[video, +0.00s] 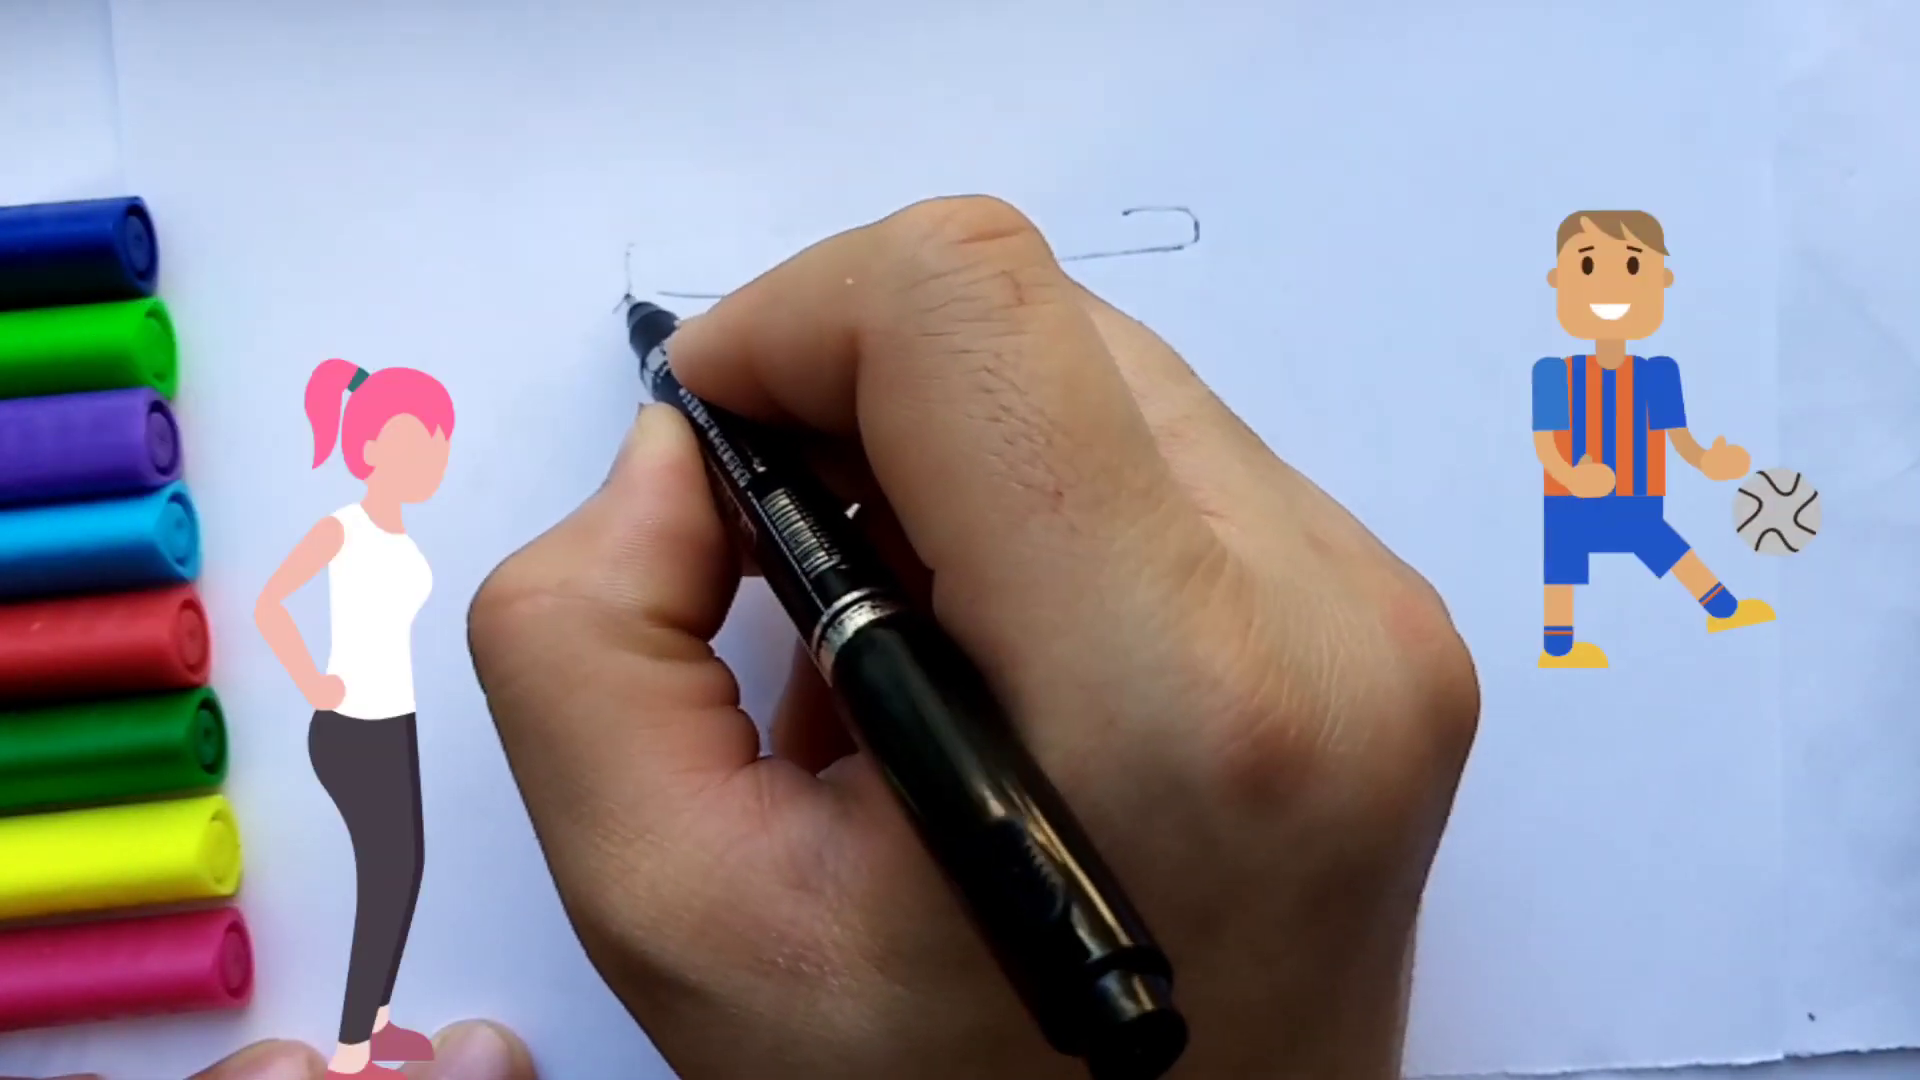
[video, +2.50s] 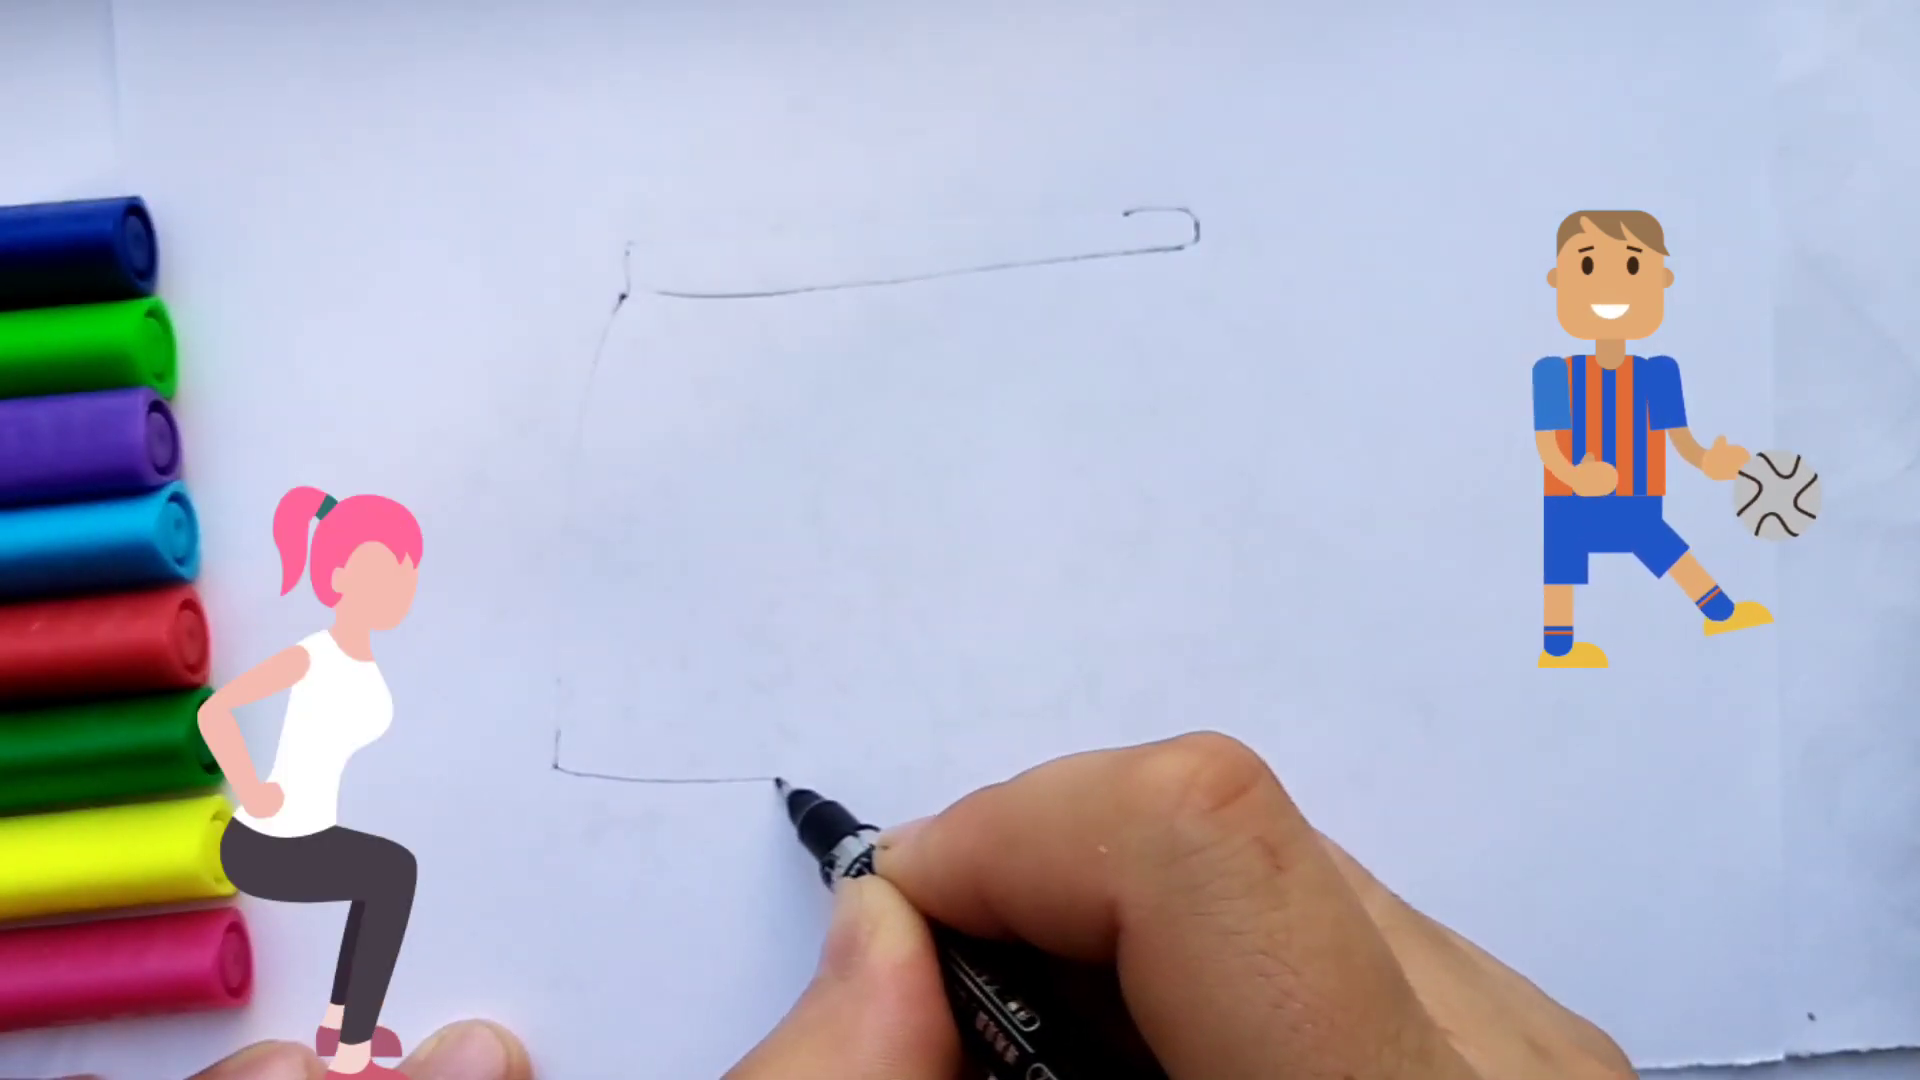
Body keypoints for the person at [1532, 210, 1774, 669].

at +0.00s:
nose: (1610, 287)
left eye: (1631, 267)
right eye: (1590, 267)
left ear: (1661, 283)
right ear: (1561, 283)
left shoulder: (1657, 374)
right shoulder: (1555, 373)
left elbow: (1680, 435)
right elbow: (1546, 441)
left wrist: (1707, 461)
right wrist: (1571, 477)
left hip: (1633, 505)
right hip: (1569, 508)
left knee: (1672, 552)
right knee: (1561, 572)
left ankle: (1723, 607)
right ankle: (1557, 646)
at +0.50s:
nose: (1610, 287)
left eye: (1631, 267)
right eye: (1589, 267)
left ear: (1661, 283)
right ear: (1561, 283)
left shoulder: (1657, 373)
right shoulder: (1555, 374)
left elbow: (1680, 437)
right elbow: (1542, 442)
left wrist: (1708, 462)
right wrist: (1566, 479)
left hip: (1634, 506)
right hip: (1570, 508)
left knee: (1676, 552)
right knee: (1560, 573)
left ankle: (1730, 602)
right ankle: (1557, 646)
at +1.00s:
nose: (1610, 287)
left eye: (1631, 267)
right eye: (1589, 267)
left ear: (1660, 283)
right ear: (1561, 284)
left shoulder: (1657, 373)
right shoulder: (1556, 374)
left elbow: (1682, 437)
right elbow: (1547, 443)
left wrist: (1709, 461)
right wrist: (1571, 478)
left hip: (1632, 505)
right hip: (1569, 507)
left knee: (1671, 551)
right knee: (1560, 571)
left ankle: (1722, 608)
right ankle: (1557, 646)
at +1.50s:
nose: (1610, 287)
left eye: (1631, 267)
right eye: (1589, 266)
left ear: (1662, 283)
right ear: (1559, 283)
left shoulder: (1656, 374)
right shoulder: (1558, 373)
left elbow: (1684, 439)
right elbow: (1550, 442)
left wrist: (1711, 461)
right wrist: (1579, 474)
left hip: (1631, 507)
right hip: (1570, 508)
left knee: (1665, 552)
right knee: (1561, 569)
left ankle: (1713, 615)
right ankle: (1558, 646)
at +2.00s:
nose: (1611, 287)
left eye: (1631, 267)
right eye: (1589, 266)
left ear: (1662, 283)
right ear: (1559, 283)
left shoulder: (1656, 374)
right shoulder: (1558, 373)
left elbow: (1683, 437)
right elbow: (1552, 441)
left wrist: (1709, 461)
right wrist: (1581, 472)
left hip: (1630, 506)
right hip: (1570, 507)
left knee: (1663, 552)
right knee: (1561, 569)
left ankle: (1710, 618)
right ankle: (1558, 647)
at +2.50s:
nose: (1610, 287)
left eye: (1631, 267)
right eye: (1589, 266)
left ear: (1662, 283)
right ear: (1559, 283)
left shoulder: (1657, 374)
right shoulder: (1556, 373)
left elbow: (1682, 437)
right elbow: (1547, 441)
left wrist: (1710, 462)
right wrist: (1573, 476)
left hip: (1632, 505)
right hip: (1569, 507)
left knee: (1667, 551)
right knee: (1560, 569)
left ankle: (1719, 610)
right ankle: (1557, 646)